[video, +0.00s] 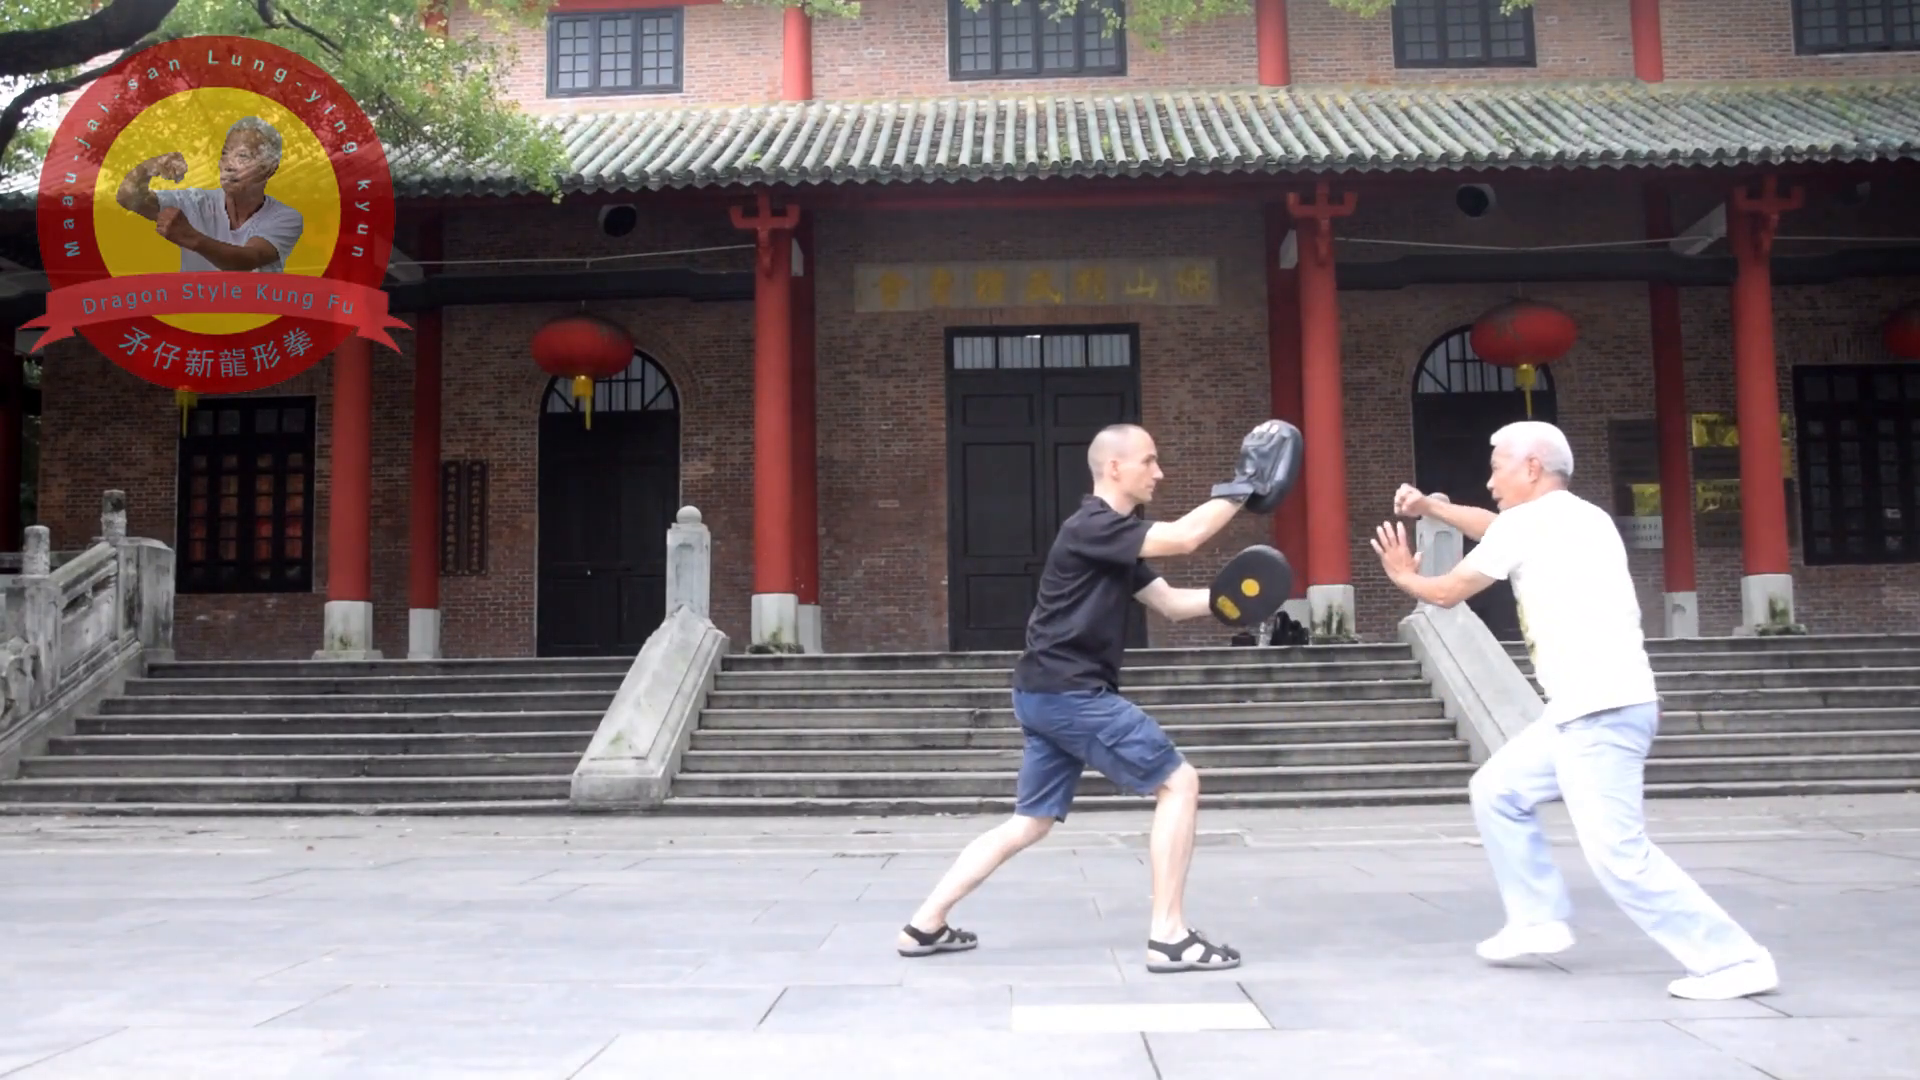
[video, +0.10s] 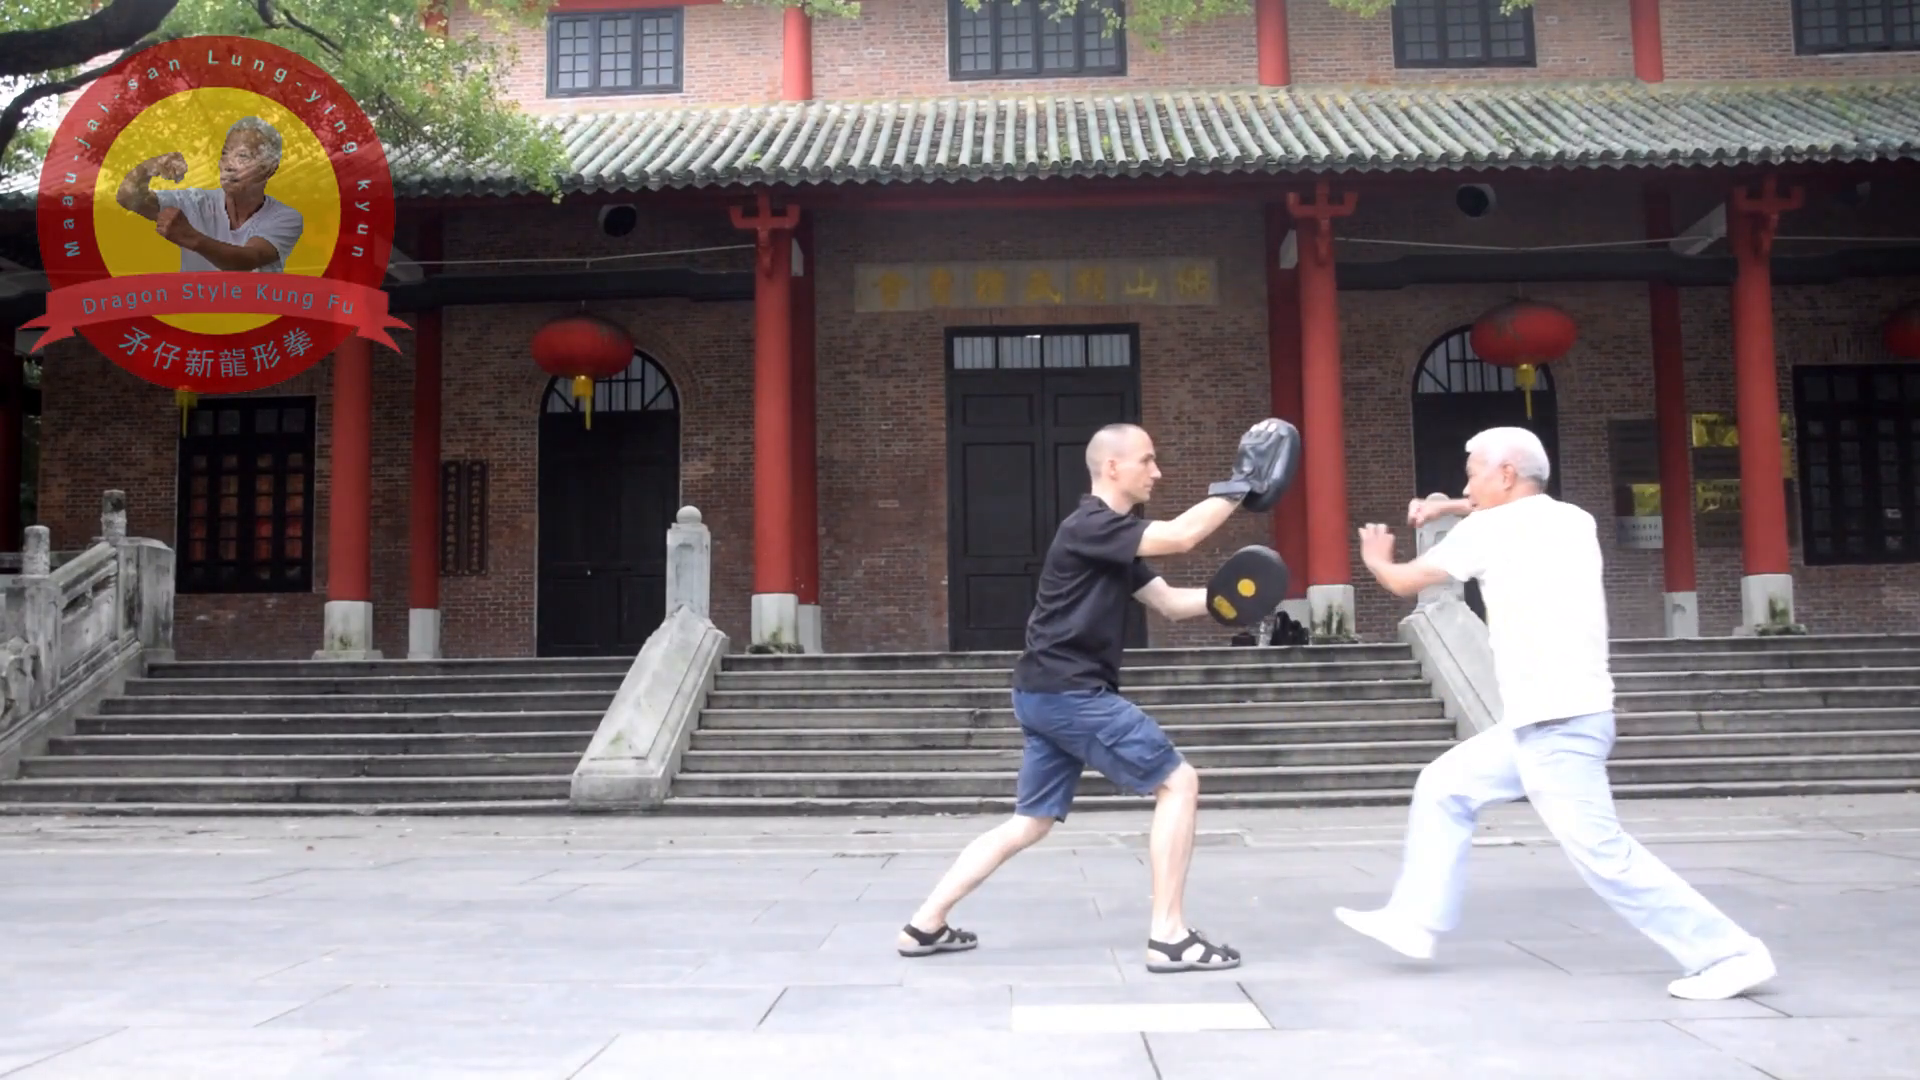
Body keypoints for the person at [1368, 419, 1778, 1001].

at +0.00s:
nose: (1491, 480)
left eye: (1497, 467)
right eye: (1492, 467)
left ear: (1532, 468)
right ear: (1545, 471)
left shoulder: (1523, 524)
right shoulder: (1591, 518)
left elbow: (1451, 591)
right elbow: (1496, 526)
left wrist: (1404, 576)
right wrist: (1429, 505)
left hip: (1595, 709)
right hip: (1609, 703)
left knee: (1620, 853)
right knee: (1495, 791)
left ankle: (1735, 960)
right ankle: (1538, 924)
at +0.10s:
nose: (1467, 481)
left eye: (1472, 469)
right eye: (1468, 470)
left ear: (1506, 474)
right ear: (1526, 476)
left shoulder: (1492, 527)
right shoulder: (1578, 521)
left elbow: (1405, 582)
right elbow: (1515, 510)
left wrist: (1377, 560)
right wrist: (1452, 506)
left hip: (1554, 726)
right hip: (1574, 717)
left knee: (1603, 852)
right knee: (1442, 784)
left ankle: (1728, 953)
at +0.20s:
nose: (1426, 485)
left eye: (1433, 474)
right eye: (1429, 472)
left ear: (1467, 482)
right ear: (1485, 481)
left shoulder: (1441, 534)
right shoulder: (1531, 531)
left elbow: (1342, 553)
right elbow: (1551, 501)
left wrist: (1276, 536)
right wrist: (1508, 470)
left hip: (1503, 735)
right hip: (1493, 732)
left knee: (1581, 850)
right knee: (1389, 811)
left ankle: (1720, 942)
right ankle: (1318, 924)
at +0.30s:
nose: (1389, 483)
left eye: (1399, 475)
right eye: (1394, 473)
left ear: (1431, 490)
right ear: (1440, 488)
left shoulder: (1430, 550)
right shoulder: (1456, 537)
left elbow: (1334, 592)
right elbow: (1438, 491)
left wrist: (1245, 595)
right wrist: (1479, 469)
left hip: (1457, 738)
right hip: (1423, 735)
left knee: (1531, 841)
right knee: (1321, 803)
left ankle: (1678, 928)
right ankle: (1302, 937)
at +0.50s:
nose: (1333, 483)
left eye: (1345, 473)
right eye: (1336, 472)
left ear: (1384, 484)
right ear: (1361, 482)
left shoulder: (1413, 544)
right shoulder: (1331, 526)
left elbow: (1331, 590)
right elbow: (1260, 492)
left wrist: (1236, 608)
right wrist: (1217, 435)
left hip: (1418, 724)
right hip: (1351, 717)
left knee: (1449, 850)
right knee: (1278, 808)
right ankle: (1298, 941)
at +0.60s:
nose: (1339, 470)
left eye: (1351, 460)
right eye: (1341, 460)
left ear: (1388, 470)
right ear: (1374, 468)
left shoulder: (1418, 535)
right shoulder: (1337, 518)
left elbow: (1342, 585)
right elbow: (1261, 497)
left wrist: (1252, 563)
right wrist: (1232, 430)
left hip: (1407, 718)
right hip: (1340, 708)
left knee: (1427, 851)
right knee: (1273, 808)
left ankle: (1431, 907)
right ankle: (1297, 941)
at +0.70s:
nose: (1347, 470)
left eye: (1359, 462)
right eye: (1348, 461)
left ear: (1397, 475)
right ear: (1378, 474)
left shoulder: (1427, 539)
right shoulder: (1339, 524)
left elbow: (1367, 604)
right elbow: (1260, 520)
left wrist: (1275, 589)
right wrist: (1229, 450)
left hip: (1408, 716)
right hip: (1334, 706)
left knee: (1420, 844)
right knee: (1280, 814)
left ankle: (1413, 919)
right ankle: (1283, 936)